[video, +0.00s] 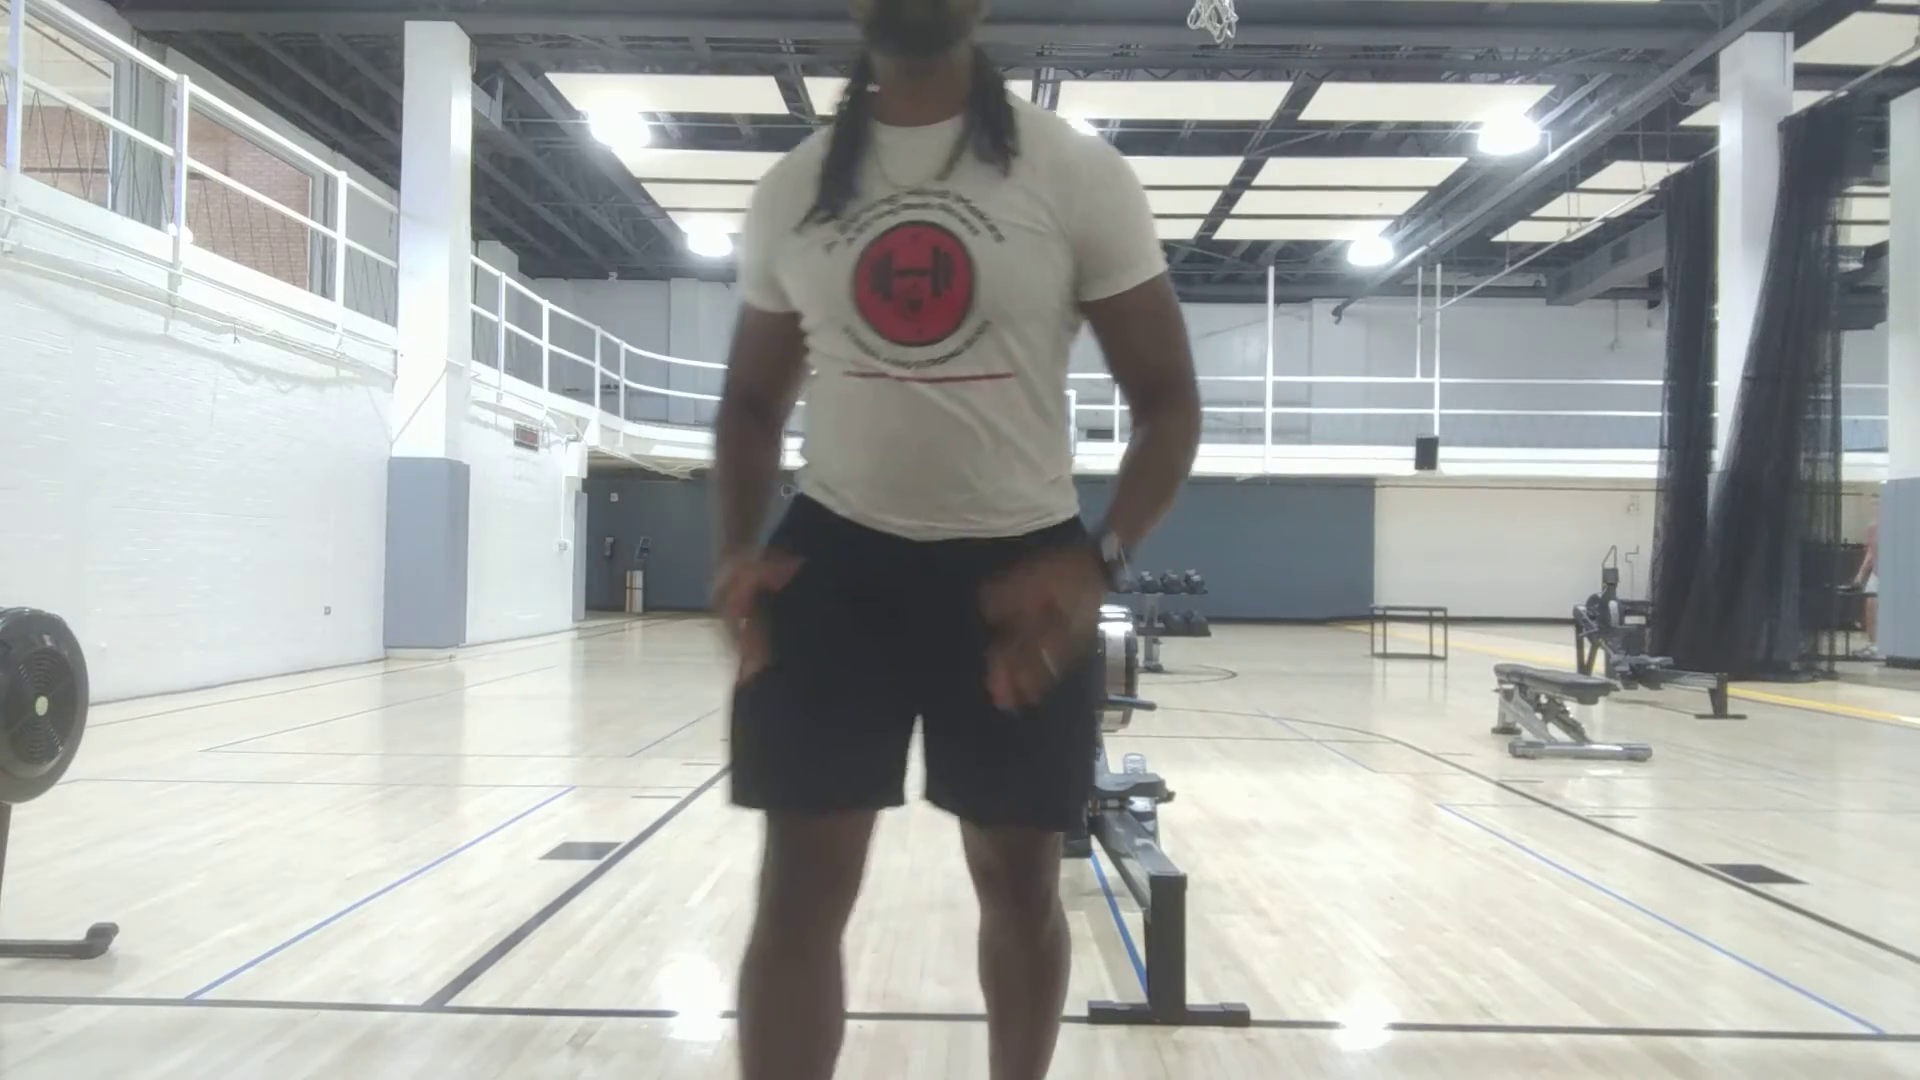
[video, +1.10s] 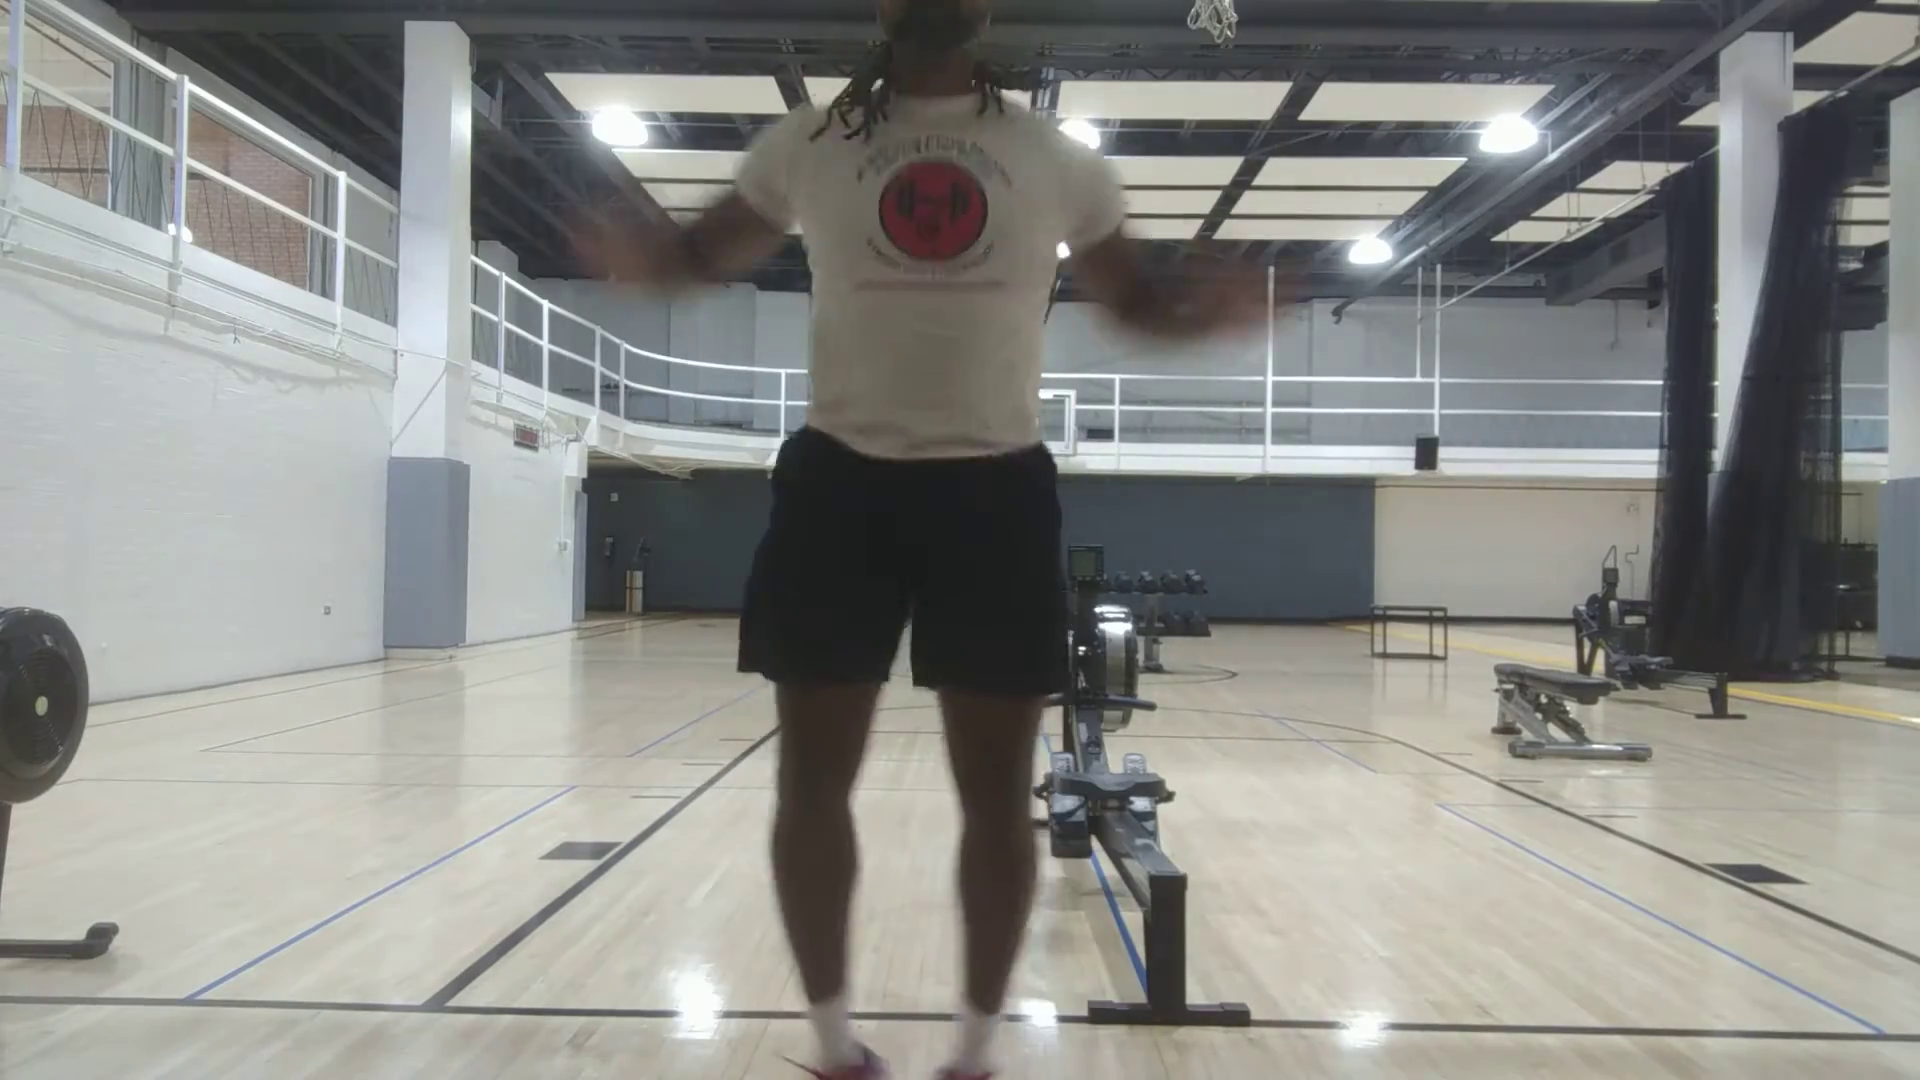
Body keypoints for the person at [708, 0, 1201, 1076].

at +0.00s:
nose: (910, 1)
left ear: (980, 8)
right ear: (853, 11)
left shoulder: (1078, 177)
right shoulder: (797, 186)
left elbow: (1169, 405)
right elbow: (752, 398)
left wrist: (1099, 557)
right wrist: (736, 550)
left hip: (1020, 569)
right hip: (837, 562)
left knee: (1019, 888)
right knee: (800, 894)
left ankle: (1018, 1075)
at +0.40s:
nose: (975, 47)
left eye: (1002, 28)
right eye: (953, 27)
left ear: (1041, 60)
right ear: (921, 54)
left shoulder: (1096, 239)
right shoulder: (850, 229)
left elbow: (1148, 410)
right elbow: (769, 400)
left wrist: (1179, 518)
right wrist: (743, 529)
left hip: (1045, 592)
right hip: (883, 589)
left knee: (1049, 884)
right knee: (881, 878)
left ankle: (1030, 1076)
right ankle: (899, 1072)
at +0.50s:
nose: (974, 14)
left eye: (999, 4)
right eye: (954, 1)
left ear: (1033, 24)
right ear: (916, 17)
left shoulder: (1098, 177)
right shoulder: (844, 163)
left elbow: (1189, 332)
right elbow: (739, 309)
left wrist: (1274, 328)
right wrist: (642, 358)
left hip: (1035, 529)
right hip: (875, 524)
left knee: (1040, 816)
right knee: (845, 805)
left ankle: (1046, 1066)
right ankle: (848, 1056)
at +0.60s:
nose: (949, 19)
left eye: (970, 10)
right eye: (935, 10)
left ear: (1014, 21)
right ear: (912, 24)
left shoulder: (1092, 125)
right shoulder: (841, 127)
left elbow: (1236, 241)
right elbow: (668, 236)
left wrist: (1311, 146)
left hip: (1029, 495)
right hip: (865, 488)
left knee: (1063, 802)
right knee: (800, 782)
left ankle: (1090, 1056)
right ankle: (750, 1046)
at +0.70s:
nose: (955, 25)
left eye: (978, 11)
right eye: (933, 9)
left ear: (1008, 38)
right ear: (898, 35)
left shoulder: (1083, 170)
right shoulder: (827, 170)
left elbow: (1268, 166)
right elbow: (644, 178)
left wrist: (1259, 48)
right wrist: (607, 40)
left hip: (1023, 552)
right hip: (857, 543)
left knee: (1084, 842)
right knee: (758, 818)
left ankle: (1129, 1066)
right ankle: (666, 1050)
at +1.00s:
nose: (939, 23)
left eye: (960, 10)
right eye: (917, 10)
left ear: (992, 32)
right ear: (878, 29)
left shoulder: (1062, 157)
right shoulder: (810, 144)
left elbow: (1218, 239)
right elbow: (637, 191)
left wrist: (1330, 132)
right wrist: (555, 83)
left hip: (1000, 506)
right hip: (841, 499)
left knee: (1037, 792)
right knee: (774, 773)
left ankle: (1062, 1038)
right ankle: (745, 1030)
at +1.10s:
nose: (922, 17)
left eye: (945, 6)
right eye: (907, 5)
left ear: (981, 19)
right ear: (878, 18)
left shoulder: (1052, 158)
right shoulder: (808, 144)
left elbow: (1133, 297)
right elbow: (701, 253)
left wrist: (1206, 302)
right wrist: (645, 248)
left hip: (995, 498)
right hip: (838, 492)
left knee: (997, 793)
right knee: (814, 783)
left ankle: (976, 1044)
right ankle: (832, 1037)